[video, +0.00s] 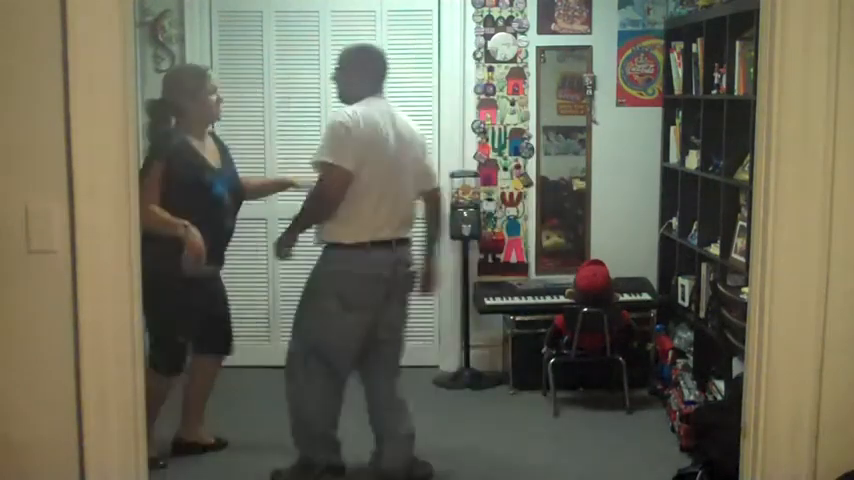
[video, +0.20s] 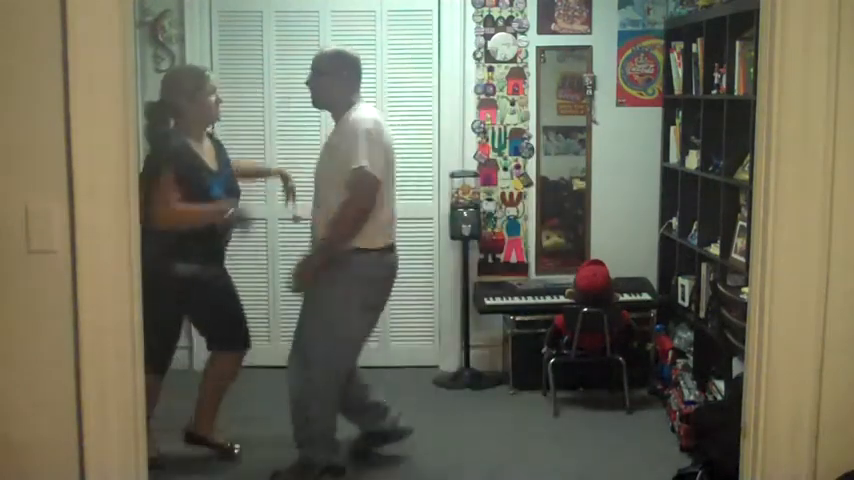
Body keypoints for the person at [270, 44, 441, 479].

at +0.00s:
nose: (335, 78)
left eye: (341, 71)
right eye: (337, 71)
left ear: (359, 74)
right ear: (378, 75)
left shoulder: (347, 121)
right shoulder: (407, 128)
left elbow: (329, 191)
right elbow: (434, 197)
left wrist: (293, 230)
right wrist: (431, 258)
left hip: (349, 264)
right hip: (396, 262)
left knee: (312, 359)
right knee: (382, 365)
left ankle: (318, 459)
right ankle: (396, 458)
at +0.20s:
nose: (308, 84)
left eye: (317, 77)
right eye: (310, 77)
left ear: (343, 81)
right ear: (343, 82)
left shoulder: (361, 123)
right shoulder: (355, 122)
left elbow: (363, 196)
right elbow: (358, 197)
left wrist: (317, 258)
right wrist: (318, 255)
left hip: (356, 263)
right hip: (354, 261)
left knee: (312, 362)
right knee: (325, 358)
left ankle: (317, 458)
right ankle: (380, 424)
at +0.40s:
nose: (303, 84)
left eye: (312, 77)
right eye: (303, 77)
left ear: (339, 82)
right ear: (307, 85)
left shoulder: (372, 123)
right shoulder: (305, 141)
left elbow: (409, 185)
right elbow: (265, 181)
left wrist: (413, 254)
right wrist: (221, 178)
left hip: (383, 253)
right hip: (341, 255)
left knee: (347, 353)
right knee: (327, 348)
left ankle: (326, 457)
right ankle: (367, 429)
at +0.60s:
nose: (325, 73)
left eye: (334, 65)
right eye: (318, 65)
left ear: (349, 72)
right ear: (309, 74)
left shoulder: (387, 118)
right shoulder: (297, 138)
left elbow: (432, 163)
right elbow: (252, 178)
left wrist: (460, 219)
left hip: (398, 242)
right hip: (348, 245)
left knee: (382, 340)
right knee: (342, 345)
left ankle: (392, 440)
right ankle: (361, 434)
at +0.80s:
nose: (349, 66)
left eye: (356, 59)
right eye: (341, 60)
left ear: (370, 68)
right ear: (331, 72)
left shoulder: (406, 116)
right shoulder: (316, 135)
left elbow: (438, 168)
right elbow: (289, 194)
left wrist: (459, 218)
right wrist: (281, 251)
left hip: (411, 247)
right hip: (354, 250)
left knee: (419, 345)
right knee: (348, 346)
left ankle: (404, 422)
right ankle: (358, 427)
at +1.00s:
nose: (370, 83)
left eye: (377, 75)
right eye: (361, 77)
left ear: (389, 82)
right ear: (350, 87)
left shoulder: (416, 130)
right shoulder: (333, 142)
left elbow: (440, 185)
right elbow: (316, 201)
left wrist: (454, 238)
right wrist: (320, 255)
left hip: (414, 256)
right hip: (362, 258)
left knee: (418, 348)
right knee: (365, 337)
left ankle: (404, 425)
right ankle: (337, 384)